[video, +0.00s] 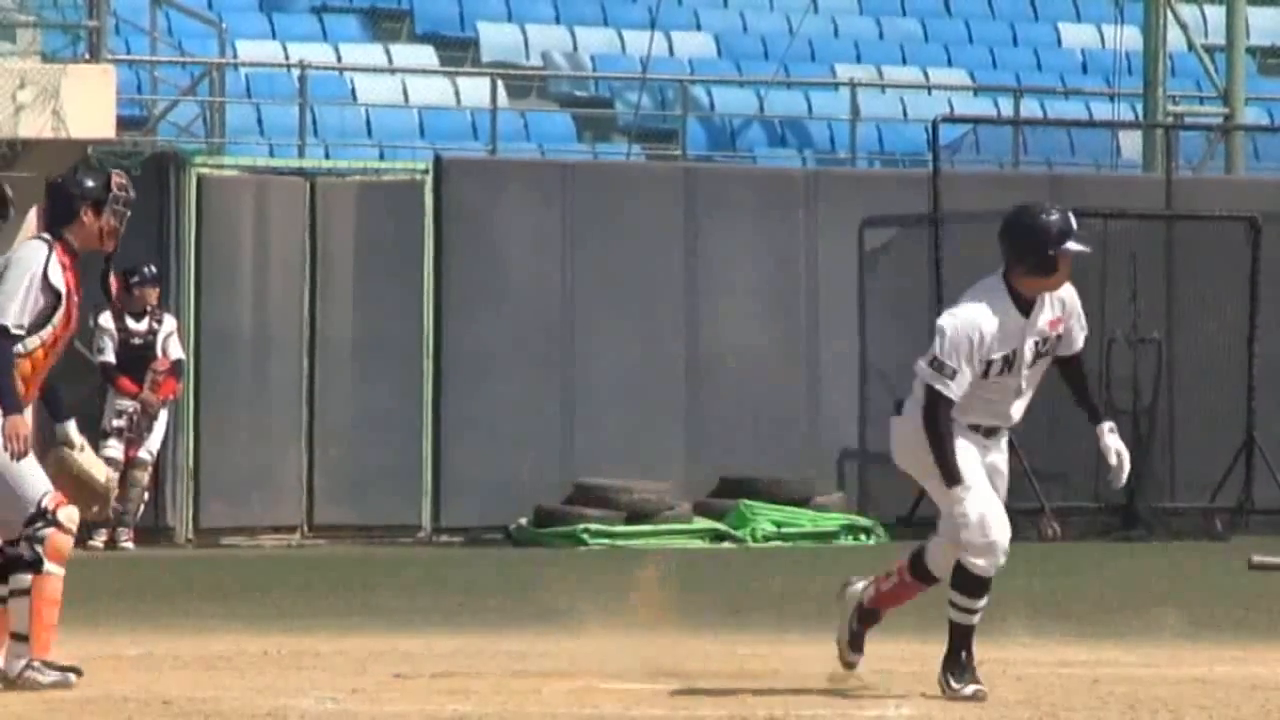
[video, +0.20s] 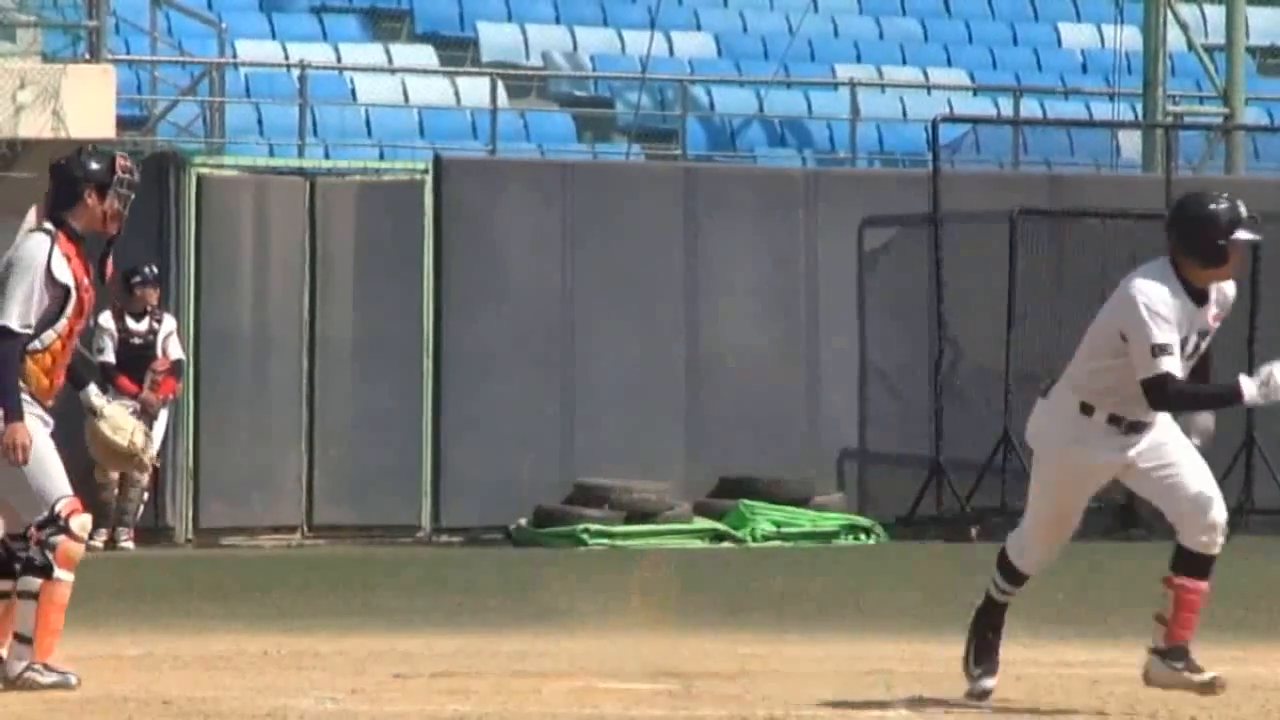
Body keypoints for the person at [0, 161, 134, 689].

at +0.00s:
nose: (112, 224)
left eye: (112, 214)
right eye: (106, 213)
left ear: (82, 215)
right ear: (82, 214)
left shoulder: (62, 265)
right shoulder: (36, 256)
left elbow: (32, 353)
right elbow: (3, 335)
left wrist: (55, 418)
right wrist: (13, 406)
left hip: (16, 418)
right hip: (3, 419)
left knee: (20, 535)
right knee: (55, 516)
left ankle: (17, 651)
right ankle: (35, 656)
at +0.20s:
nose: (118, 209)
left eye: (120, 198)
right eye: (113, 197)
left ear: (92, 198)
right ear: (86, 197)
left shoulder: (71, 255)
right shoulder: (37, 250)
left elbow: (62, 345)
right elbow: (8, 338)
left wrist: (104, 396)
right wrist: (11, 416)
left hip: (29, 407)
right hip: (14, 408)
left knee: (15, 536)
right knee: (68, 523)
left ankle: (13, 648)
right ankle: (37, 658)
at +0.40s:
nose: (123, 198)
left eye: (124, 188)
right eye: (117, 187)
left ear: (97, 189)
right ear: (90, 188)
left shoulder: (87, 247)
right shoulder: (40, 242)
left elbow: (75, 344)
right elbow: (21, 334)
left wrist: (99, 404)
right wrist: (39, 414)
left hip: (58, 396)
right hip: (22, 397)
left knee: (76, 516)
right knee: (62, 519)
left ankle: (26, 649)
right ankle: (28, 657)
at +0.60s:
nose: (136, 193)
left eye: (138, 183)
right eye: (131, 182)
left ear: (110, 181)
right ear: (105, 179)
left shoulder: (101, 238)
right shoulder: (53, 235)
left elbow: (89, 326)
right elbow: (39, 329)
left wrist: (100, 391)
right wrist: (68, 406)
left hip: (71, 386)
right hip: (28, 387)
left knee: (112, 511)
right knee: (59, 520)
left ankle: (79, 643)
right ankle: (24, 658)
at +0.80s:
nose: (169, 186)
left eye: (170, 175)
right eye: (162, 175)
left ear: (141, 177)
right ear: (134, 175)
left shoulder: (130, 237)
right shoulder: (81, 232)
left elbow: (109, 327)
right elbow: (75, 326)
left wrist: (126, 388)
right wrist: (101, 403)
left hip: (98, 388)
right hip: (60, 387)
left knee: (138, 514)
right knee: (58, 523)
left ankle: (159, 651)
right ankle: (25, 660)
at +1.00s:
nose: (198, 184)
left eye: (198, 173)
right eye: (193, 173)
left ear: (166, 175)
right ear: (168, 174)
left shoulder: (160, 233)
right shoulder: (117, 227)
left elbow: (153, 311)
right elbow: (110, 317)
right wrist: (134, 397)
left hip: (144, 391)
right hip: (96, 388)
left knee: (160, 526)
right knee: (88, 527)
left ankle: (159, 660)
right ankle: (32, 657)